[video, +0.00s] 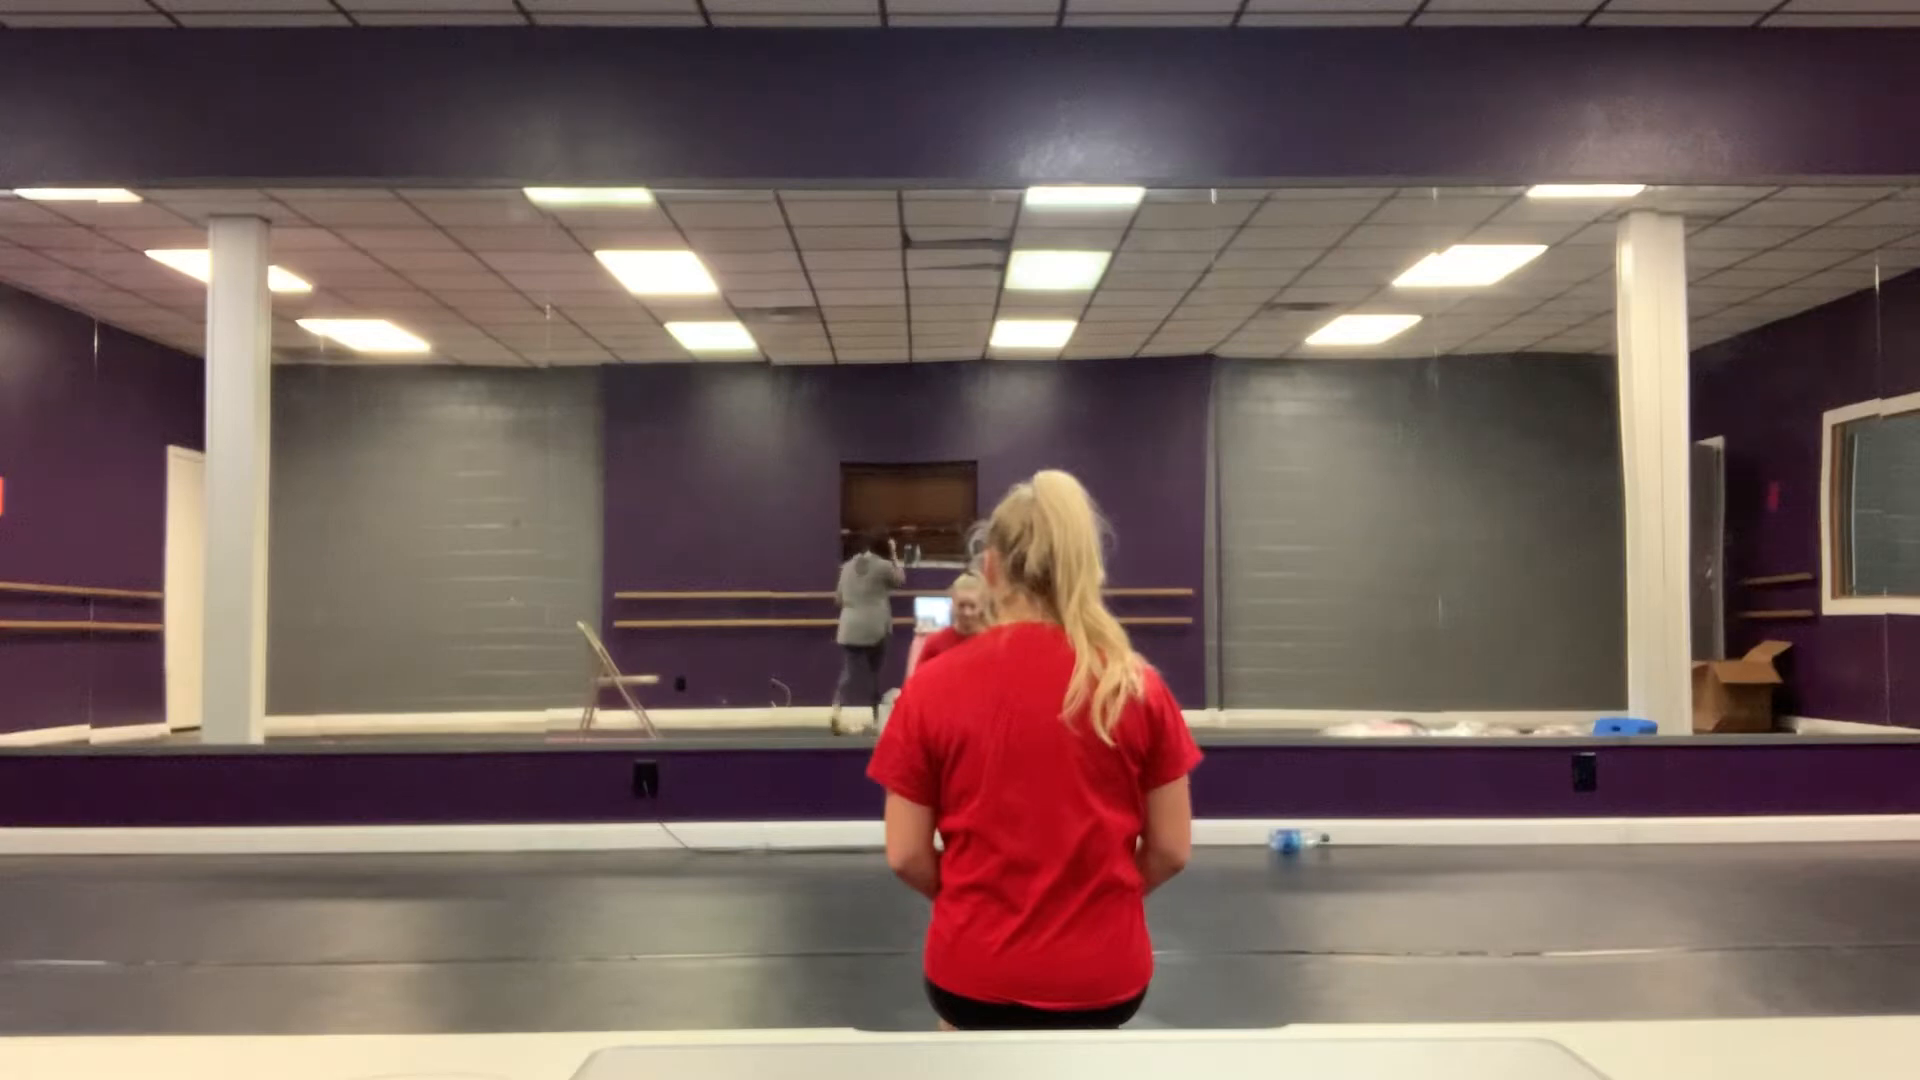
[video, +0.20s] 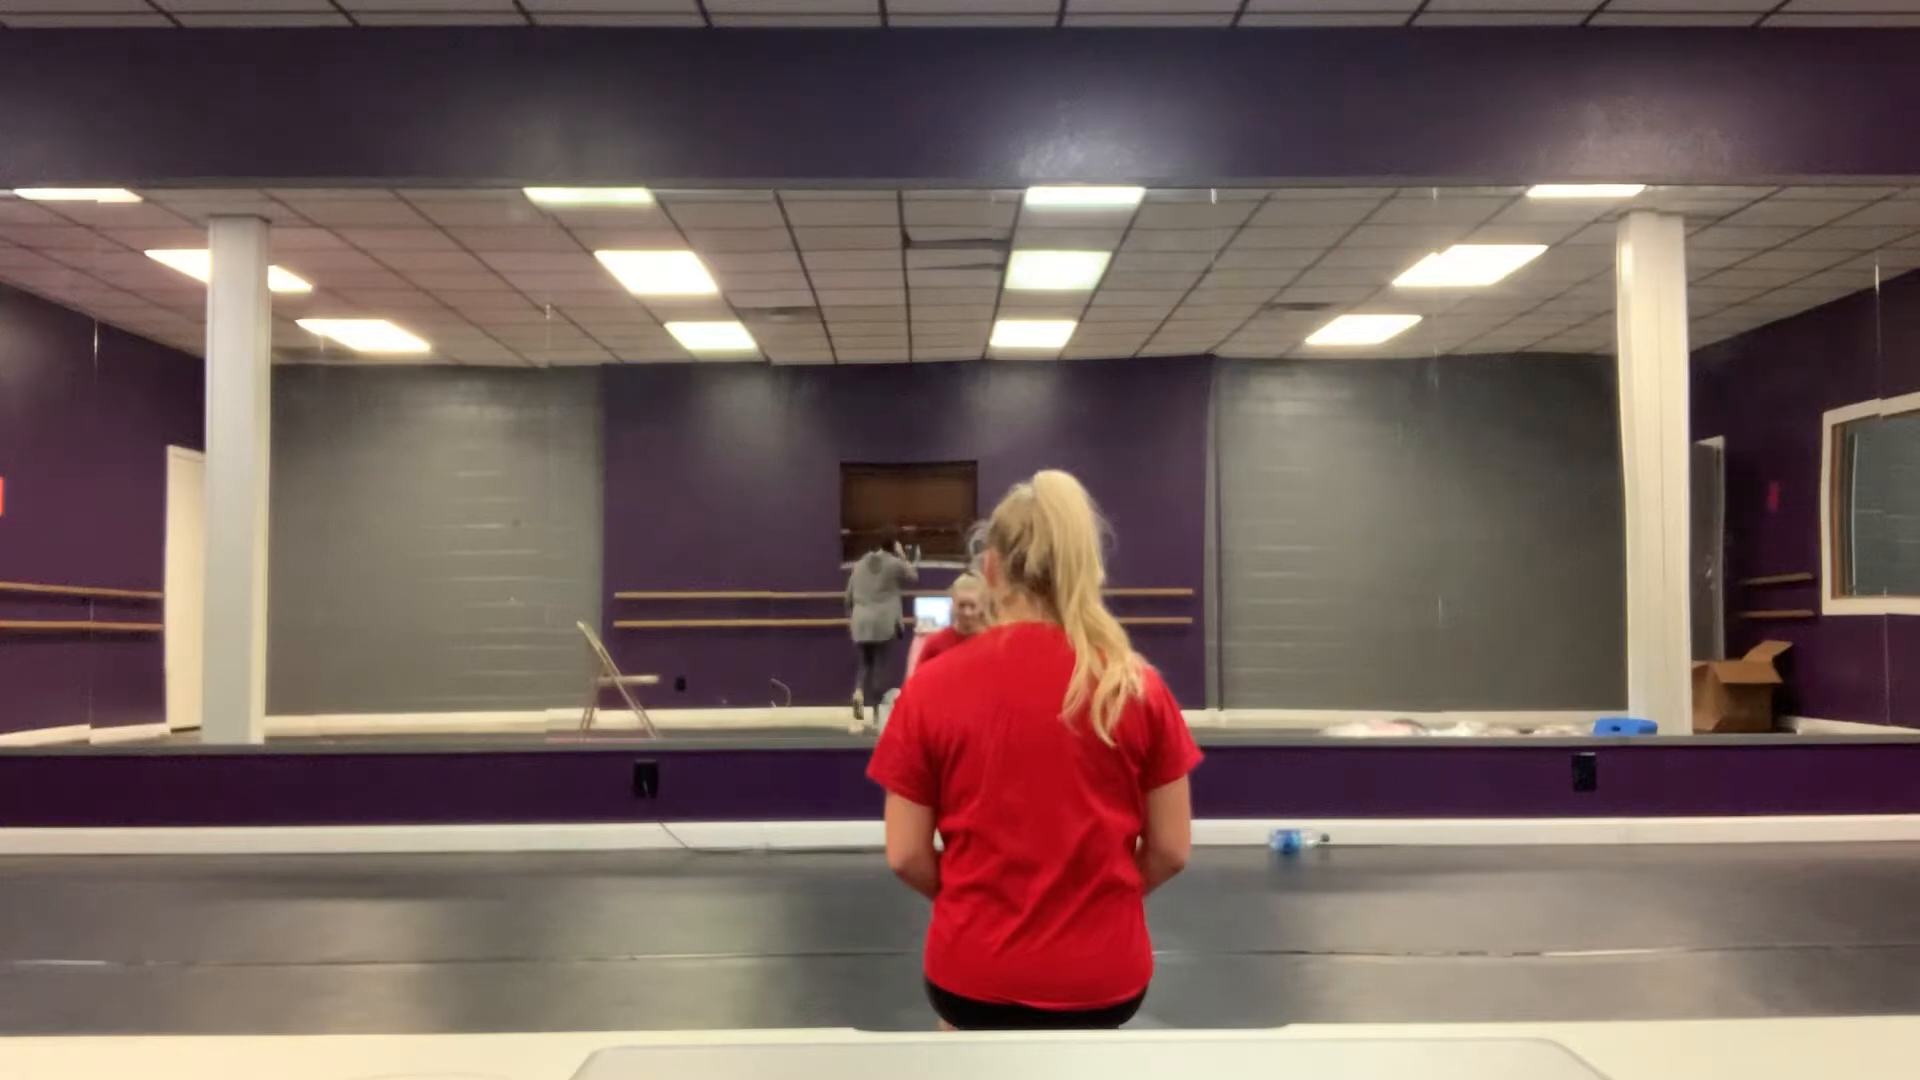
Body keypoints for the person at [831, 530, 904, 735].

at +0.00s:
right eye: (885, 545)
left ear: (861, 545)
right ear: (880, 547)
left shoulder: (847, 567)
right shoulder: (881, 565)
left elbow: (839, 597)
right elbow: (900, 578)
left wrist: (854, 601)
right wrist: (894, 555)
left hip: (850, 620)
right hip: (876, 620)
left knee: (849, 668)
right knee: (873, 670)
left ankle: (838, 703)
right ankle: (873, 713)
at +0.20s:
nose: (899, 546)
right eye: (898, 543)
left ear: (876, 542)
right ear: (893, 544)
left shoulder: (860, 564)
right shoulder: (894, 563)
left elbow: (849, 594)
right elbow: (913, 576)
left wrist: (850, 611)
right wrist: (903, 557)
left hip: (861, 615)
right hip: (885, 615)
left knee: (863, 662)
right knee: (881, 665)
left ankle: (858, 690)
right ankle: (876, 709)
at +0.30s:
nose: (902, 548)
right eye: (900, 545)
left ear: (879, 545)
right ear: (895, 546)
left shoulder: (864, 565)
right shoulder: (897, 564)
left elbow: (853, 594)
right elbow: (916, 579)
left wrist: (852, 615)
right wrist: (907, 561)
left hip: (865, 615)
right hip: (890, 616)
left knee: (870, 663)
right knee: (886, 663)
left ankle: (871, 699)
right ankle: (875, 700)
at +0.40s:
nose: (903, 548)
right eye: (902, 545)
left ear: (883, 545)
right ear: (899, 546)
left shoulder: (868, 566)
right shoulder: (902, 564)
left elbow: (857, 595)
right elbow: (920, 584)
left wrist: (855, 617)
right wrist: (912, 565)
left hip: (868, 621)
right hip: (892, 621)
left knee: (874, 666)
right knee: (888, 665)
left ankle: (876, 710)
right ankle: (883, 699)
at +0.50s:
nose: (905, 546)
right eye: (903, 543)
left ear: (884, 546)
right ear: (900, 546)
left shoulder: (872, 567)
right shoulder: (906, 566)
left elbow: (861, 595)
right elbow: (924, 588)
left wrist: (858, 618)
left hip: (872, 620)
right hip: (895, 620)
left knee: (880, 665)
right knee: (890, 664)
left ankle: (883, 702)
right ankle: (881, 702)